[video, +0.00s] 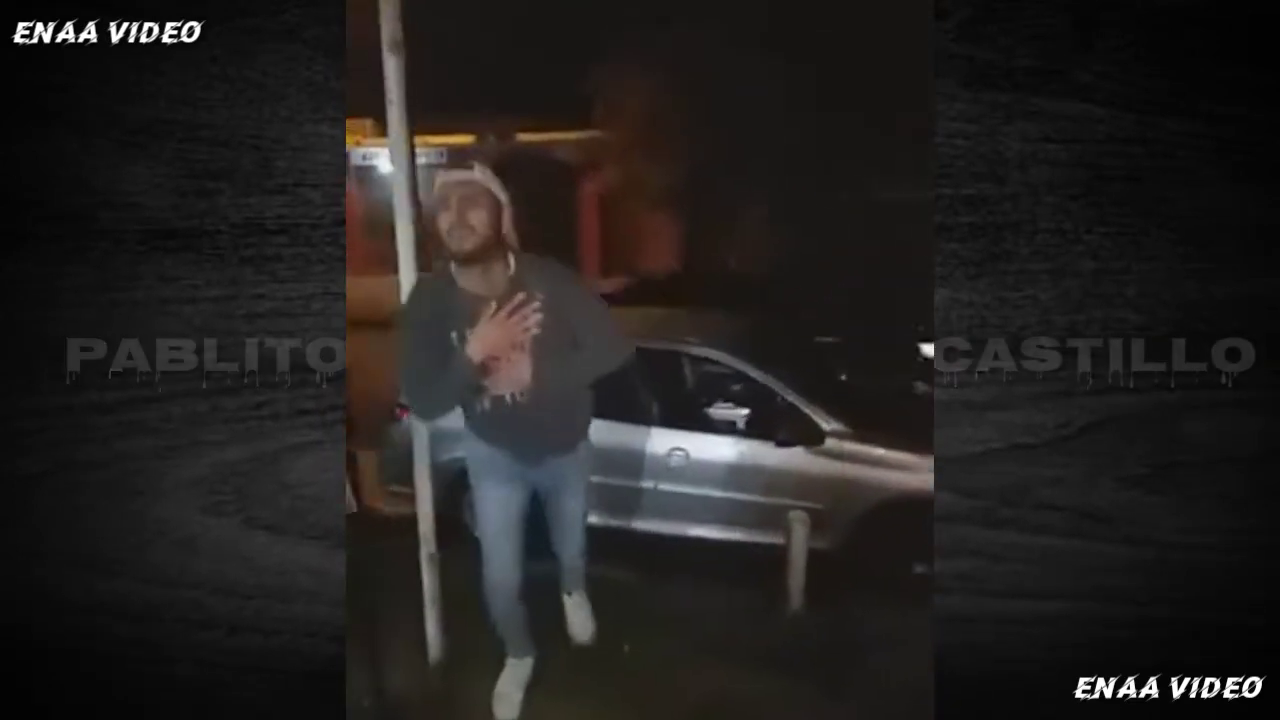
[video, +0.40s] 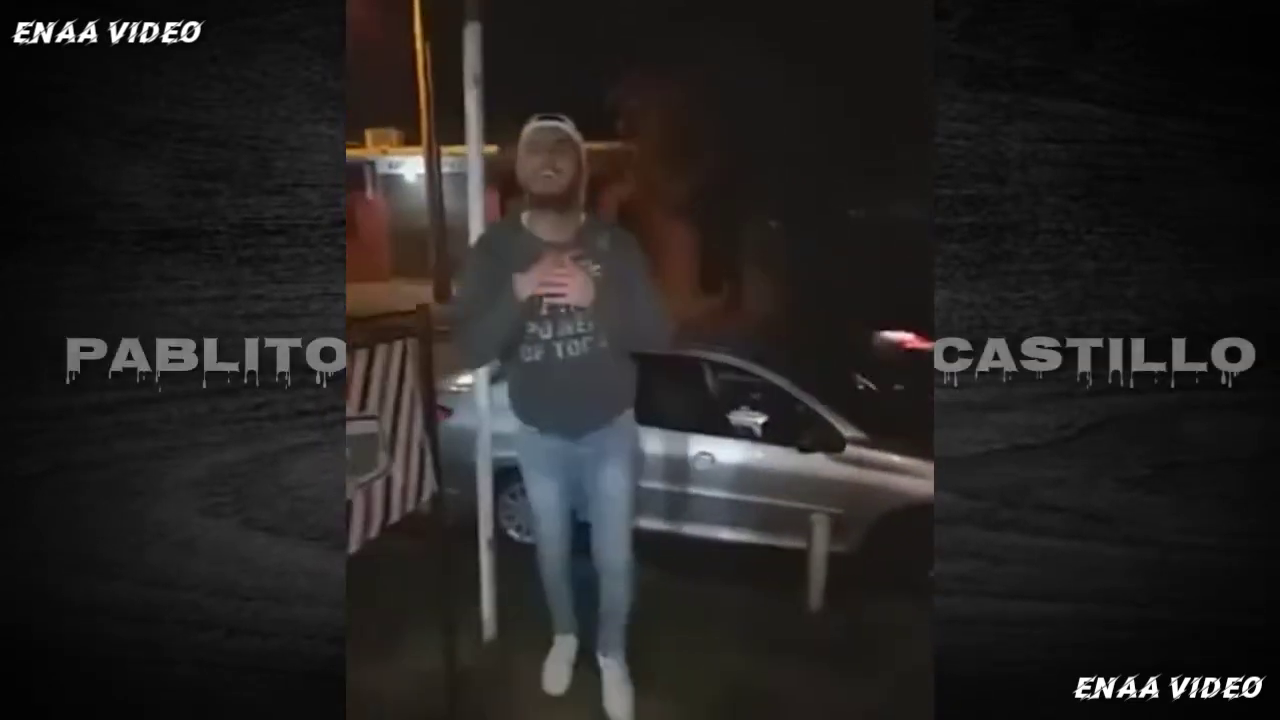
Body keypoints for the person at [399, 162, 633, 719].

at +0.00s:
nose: (457, 219)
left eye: (471, 206)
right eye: (445, 209)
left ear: (500, 216)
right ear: (435, 223)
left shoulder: (549, 280)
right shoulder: (431, 297)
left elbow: (613, 349)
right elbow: (423, 401)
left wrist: (539, 371)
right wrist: (474, 352)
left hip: (562, 448)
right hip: (492, 455)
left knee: (571, 546)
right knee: (500, 575)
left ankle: (573, 594)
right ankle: (517, 655)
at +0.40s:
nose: (549, 161)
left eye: (561, 151)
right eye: (536, 151)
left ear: (580, 165)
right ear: (516, 165)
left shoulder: (614, 243)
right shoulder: (497, 247)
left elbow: (655, 333)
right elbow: (471, 346)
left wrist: (595, 296)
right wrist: (516, 293)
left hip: (610, 426)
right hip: (538, 430)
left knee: (615, 556)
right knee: (551, 551)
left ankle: (612, 656)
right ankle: (564, 637)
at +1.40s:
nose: (586, 135)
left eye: (603, 125)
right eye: (573, 125)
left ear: (630, 146)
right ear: (556, 146)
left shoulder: (656, 233)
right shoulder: (521, 230)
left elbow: (682, 351)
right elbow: (485, 346)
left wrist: (607, 278)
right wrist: (543, 286)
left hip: (631, 446)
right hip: (547, 446)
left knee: (631, 572)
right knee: (536, 606)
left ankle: (638, 667)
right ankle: (525, 712)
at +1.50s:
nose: (562, 132)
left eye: (579, 121)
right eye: (548, 122)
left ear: (605, 143)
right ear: (529, 142)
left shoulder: (636, 231)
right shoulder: (501, 227)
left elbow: (667, 353)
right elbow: (463, 352)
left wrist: (586, 279)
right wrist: (522, 283)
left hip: (617, 453)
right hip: (527, 452)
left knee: (618, 572)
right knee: (525, 608)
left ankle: (630, 653)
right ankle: (518, 712)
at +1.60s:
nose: (540, 120)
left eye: (558, 110)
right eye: (527, 111)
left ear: (586, 135)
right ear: (511, 136)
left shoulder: (618, 224)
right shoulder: (475, 223)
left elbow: (650, 348)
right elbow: (444, 350)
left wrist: (565, 276)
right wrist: (500, 279)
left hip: (602, 456)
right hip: (511, 457)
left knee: (604, 577)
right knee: (512, 610)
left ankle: (619, 645)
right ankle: (511, 711)